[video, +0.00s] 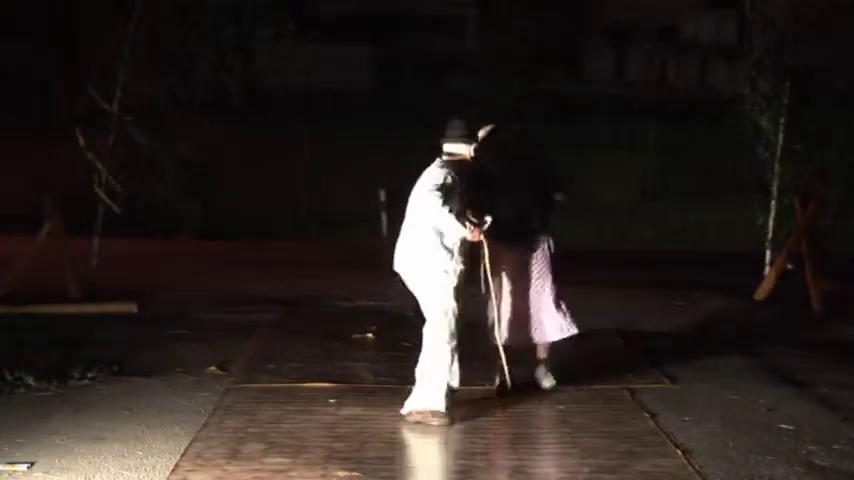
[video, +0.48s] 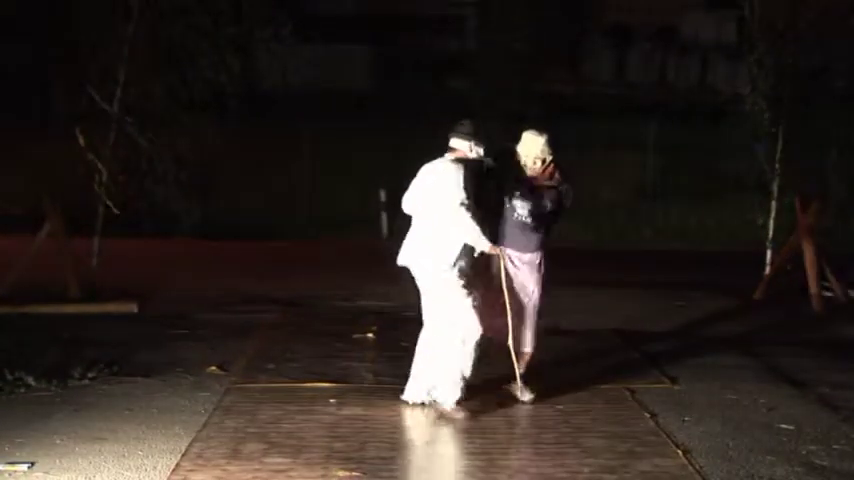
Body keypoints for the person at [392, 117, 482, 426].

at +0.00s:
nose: (474, 151)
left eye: (472, 146)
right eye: (471, 146)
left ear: (448, 147)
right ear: (463, 148)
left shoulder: (447, 173)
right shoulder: (443, 173)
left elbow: (452, 210)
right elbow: (436, 209)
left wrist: (472, 222)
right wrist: (464, 231)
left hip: (433, 258)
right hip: (425, 258)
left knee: (442, 321)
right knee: (441, 322)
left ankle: (430, 393)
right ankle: (426, 399)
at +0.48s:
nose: (478, 155)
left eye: (478, 149)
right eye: (476, 148)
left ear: (452, 145)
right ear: (467, 146)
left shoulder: (430, 168)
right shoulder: (454, 171)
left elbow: (408, 203)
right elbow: (456, 212)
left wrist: (438, 217)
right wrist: (482, 243)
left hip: (419, 257)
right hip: (438, 261)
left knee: (436, 322)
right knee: (467, 325)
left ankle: (416, 390)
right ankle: (447, 395)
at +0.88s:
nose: (490, 168)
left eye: (490, 162)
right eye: (485, 161)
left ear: (466, 156)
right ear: (467, 156)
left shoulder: (439, 175)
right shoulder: (448, 182)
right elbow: (449, 233)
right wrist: (484, 249)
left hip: (421, 264)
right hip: (440, 264)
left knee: (434, 326)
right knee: (496, 309)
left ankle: (417, 397)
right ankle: (465, 375)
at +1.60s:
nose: (501, 169)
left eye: (502, 163)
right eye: (497, 162)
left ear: (475, 156)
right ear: (483, 159)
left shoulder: (448, 179)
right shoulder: (473, 189)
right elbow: (488, 222)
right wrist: (523, 245)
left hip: (431, 275)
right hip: (468, 280)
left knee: (444, 336)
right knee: (484, 346)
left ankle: (441, 408)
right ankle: (479, 418)